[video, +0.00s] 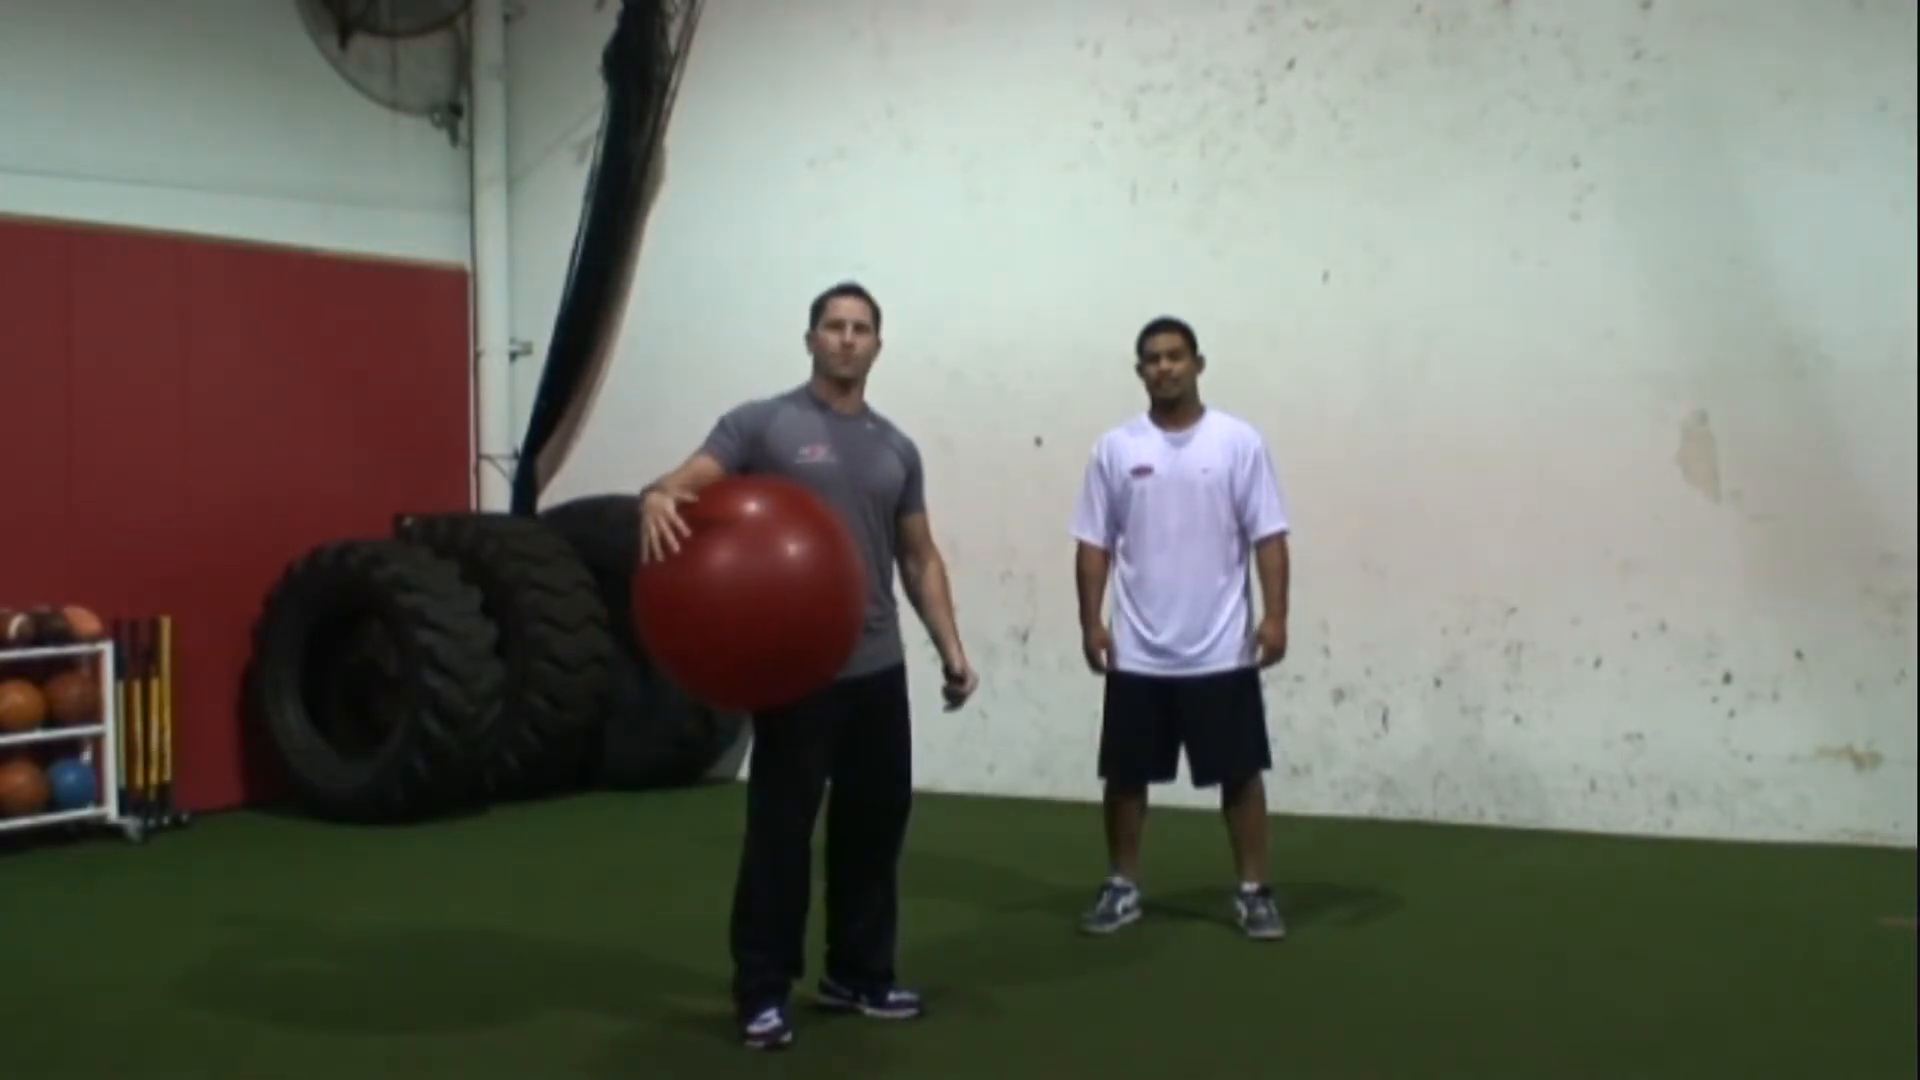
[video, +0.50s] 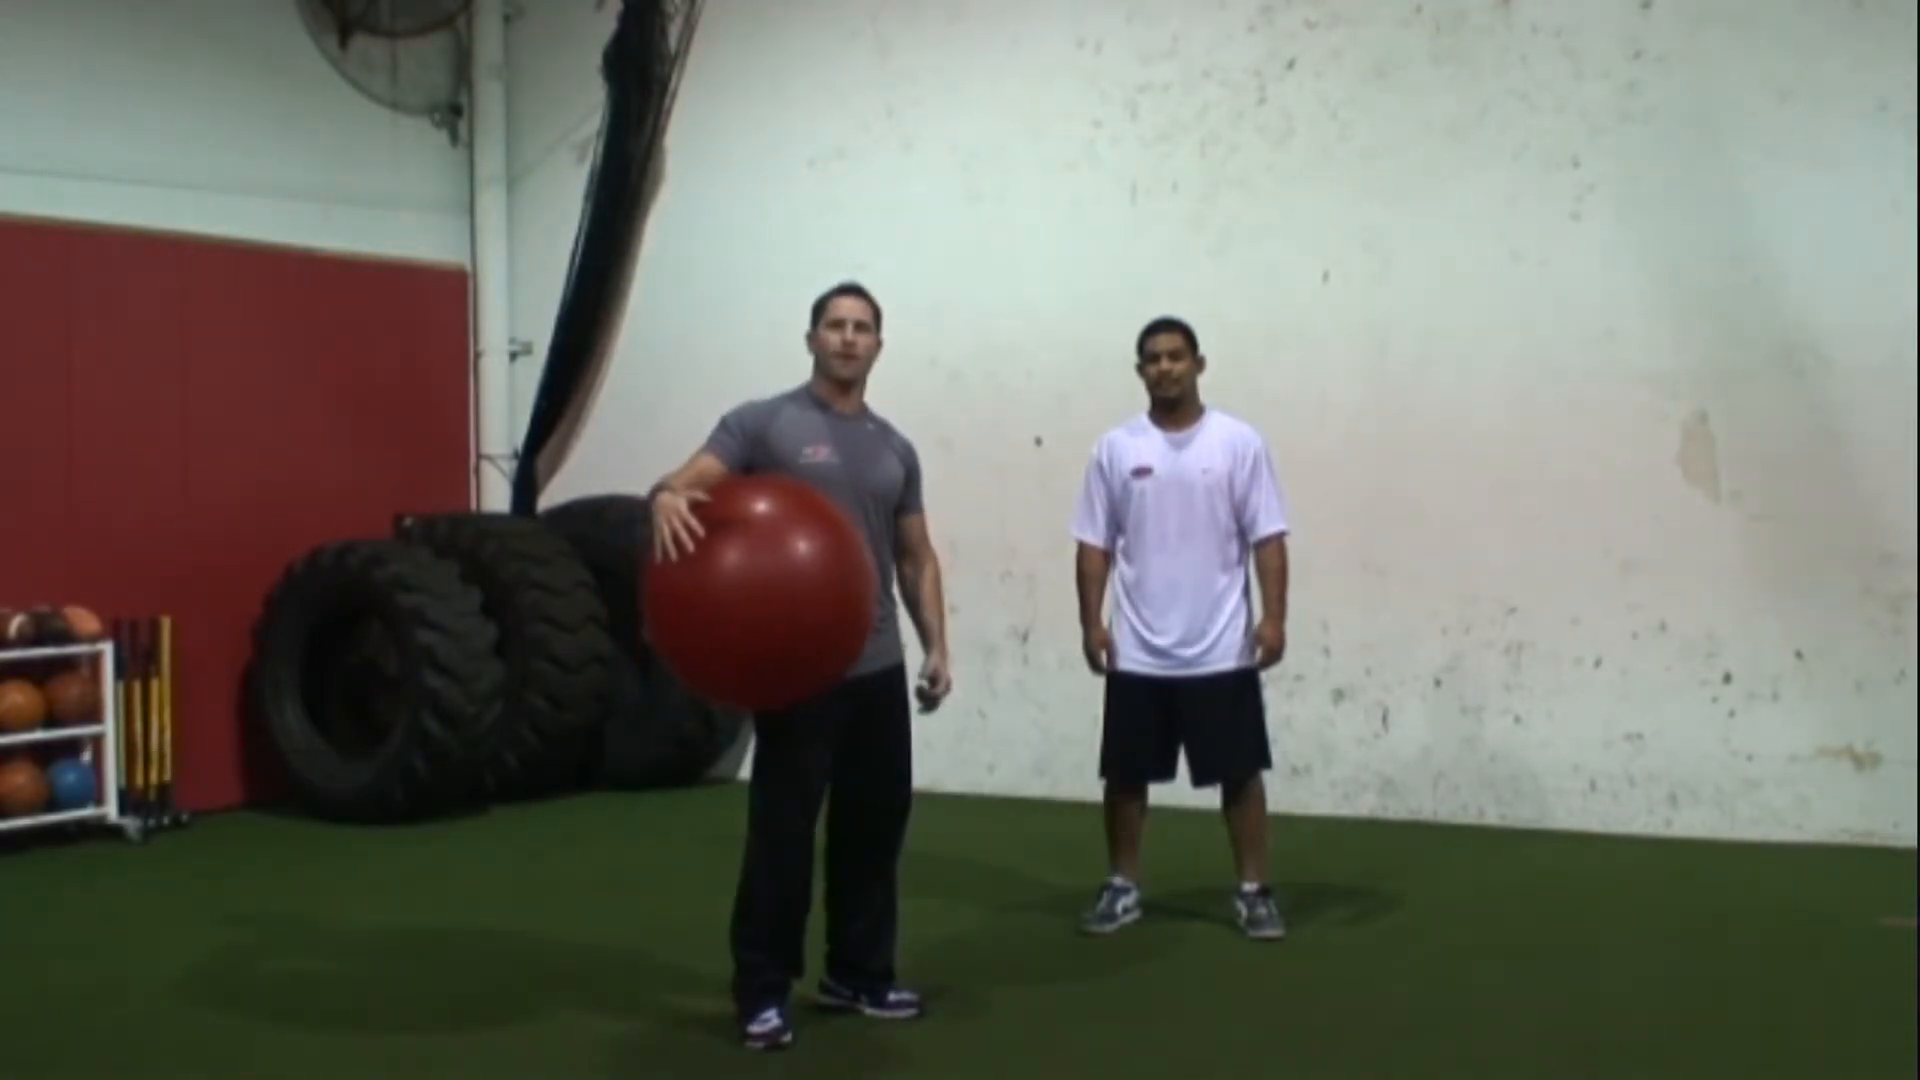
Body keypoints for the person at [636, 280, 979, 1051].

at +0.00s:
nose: (848, 339)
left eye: (861, 329)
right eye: (836, 327)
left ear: (878, 344)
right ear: (811, 338)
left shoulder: (897, 449)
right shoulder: (761, 423)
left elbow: (919, 556)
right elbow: (690, 478)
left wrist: (951, 647)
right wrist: (656, 495)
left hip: (877, 670)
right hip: (790, 672)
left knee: (874, 827)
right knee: (781, 833)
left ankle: (860, 974)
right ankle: (764, 993)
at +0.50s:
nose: (849, 338)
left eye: (862, 328)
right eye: (835, 325)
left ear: (880, 344)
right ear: (811, 338)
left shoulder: (895, 449)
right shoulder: (762, 422)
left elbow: (915, 554)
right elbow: (692, 480)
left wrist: (936, 644)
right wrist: (664, 496)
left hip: (878, 670)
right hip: (793, 670)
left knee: (873, 828)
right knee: (782, 834)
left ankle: (860, 975)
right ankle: (764, 994)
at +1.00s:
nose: (851, 337)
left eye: (863, 328)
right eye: (837, 325)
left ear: (879, 344)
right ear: (811, 338)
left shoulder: (897, 446)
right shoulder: (761, 421)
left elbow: (918, 552)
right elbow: (687, 481)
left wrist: (939, 654)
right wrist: (663, 498)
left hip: (876, 669)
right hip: (790, 670)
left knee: (874, 826)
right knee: (781, 833)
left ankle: (860, 975)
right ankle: (763, 994)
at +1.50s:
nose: (850, 340)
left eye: (862, 330)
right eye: (836, 328)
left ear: (877, 345)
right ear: (809, 338)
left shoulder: (895, 446)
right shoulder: (761, 422)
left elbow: (915, 548)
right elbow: (688, 485)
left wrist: (933, 636)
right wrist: (660, 509)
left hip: (876, 670)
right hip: (792, 669)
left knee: (873, 828)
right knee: (783, 834)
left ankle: (860, 976)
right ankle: (764, 994)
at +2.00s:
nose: (845, 339)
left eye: (857, 329)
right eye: (831, 327)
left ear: (873, 345)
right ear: (805, 340)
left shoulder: (892, 447)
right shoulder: (758, 424)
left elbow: (918, 548)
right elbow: (686, 489)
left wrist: (895, 608)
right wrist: (662, 514)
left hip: (875, 668)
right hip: (792, 667)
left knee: (874, 825)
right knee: (783, 830)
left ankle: (859, 975)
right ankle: (764, 994)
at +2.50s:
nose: (849, 341)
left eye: (861, 330)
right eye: (835, 329)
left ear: (877, 345)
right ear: (809, 341)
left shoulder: (898, 445)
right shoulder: (760, 425)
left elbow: (938, 543)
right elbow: (688, 485)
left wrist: (912, 559)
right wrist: (647, 508)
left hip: (877, 668)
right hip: (791, 669)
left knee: (876, 823)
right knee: (781, 831)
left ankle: (860, 975)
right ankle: (764, 993)